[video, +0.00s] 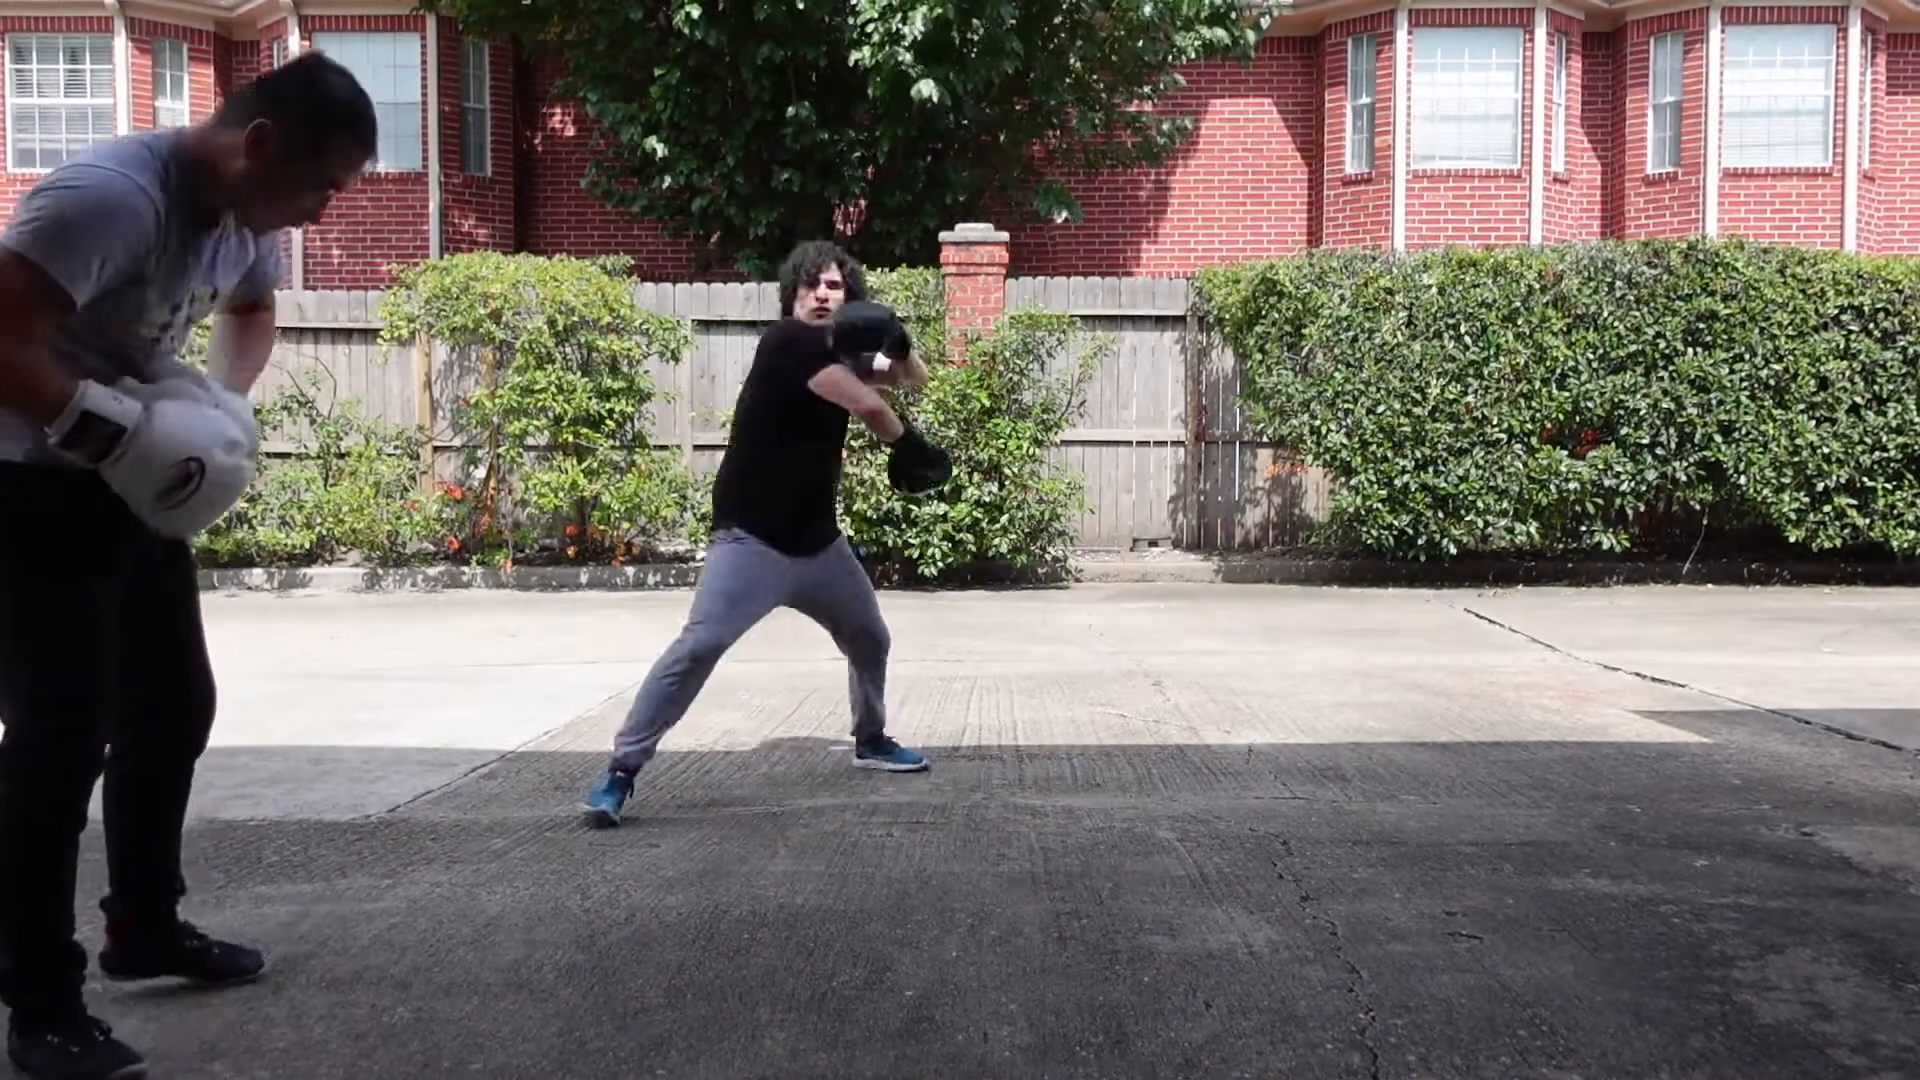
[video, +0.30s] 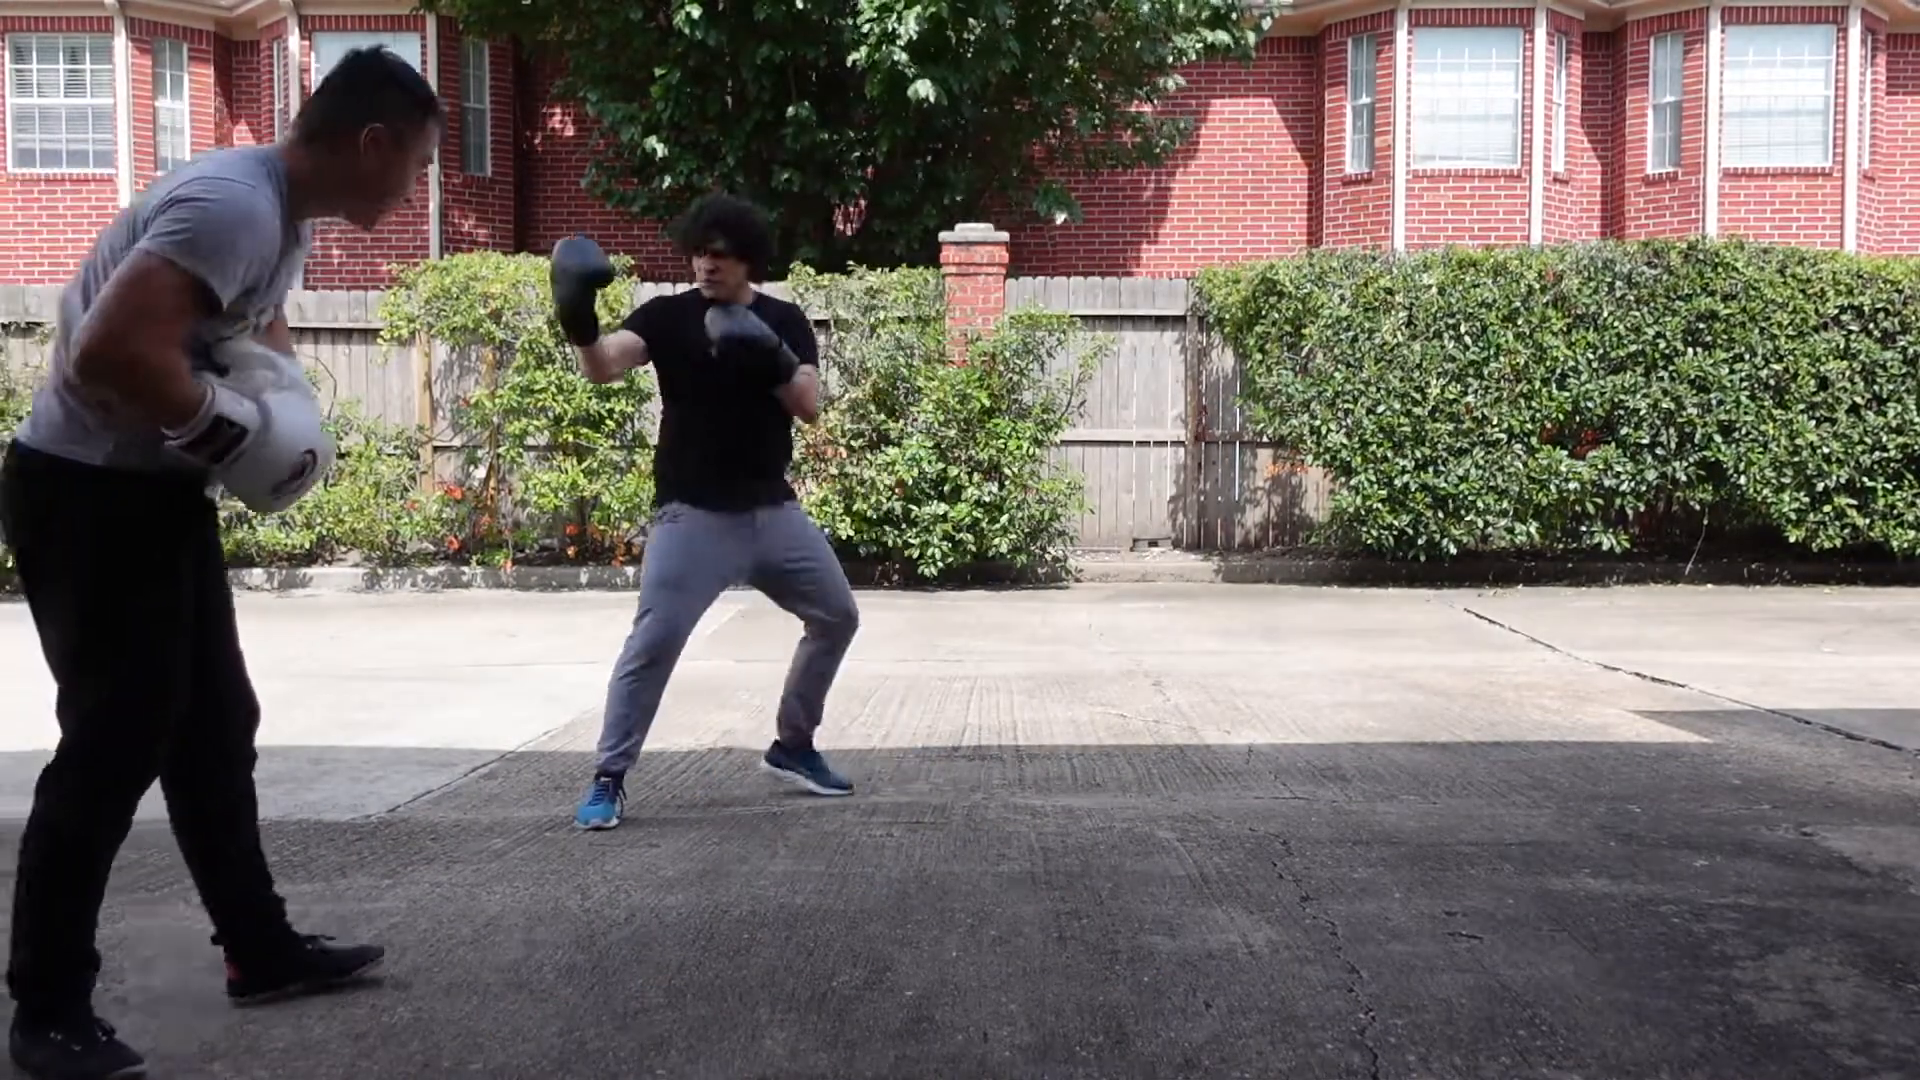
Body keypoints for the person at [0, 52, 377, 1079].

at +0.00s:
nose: (320, 212)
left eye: (332, 194)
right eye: (319, 188)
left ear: (268, 149)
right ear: (259, 142)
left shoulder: (243, 211)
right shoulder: (110, 196)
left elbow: (252, 309)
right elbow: (8, 339)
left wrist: (224, 400)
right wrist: (107, 429)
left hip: (127, 477)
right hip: (28, 476)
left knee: (170, 704)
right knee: (54, 735)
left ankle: (143, 926)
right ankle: (39, 1008)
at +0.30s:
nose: (412, 188)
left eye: (421, 164)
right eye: (413, 161)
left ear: (351, 139)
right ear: (362, 142)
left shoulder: (277, 215)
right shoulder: (233, 207)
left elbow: (232, 339)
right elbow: (115, 353)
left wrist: (270, 412)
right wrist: (216, 429)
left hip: (157, 490)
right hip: (88, 489)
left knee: (214, 727)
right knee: (112, 739)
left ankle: (261, 949)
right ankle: (46, 1017)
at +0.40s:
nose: (427, 184)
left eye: (436, 162)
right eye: (431, 159)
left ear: (363, 127)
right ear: (390, 136)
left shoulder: (279, 196)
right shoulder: (275, 205)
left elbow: (240, 339)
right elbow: (200, 365)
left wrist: (303, 402)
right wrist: (294, 431)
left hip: (201, 489)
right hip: (138, 492)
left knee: (265, 719)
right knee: (168, 742)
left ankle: (266, 946)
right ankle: (52, 1000)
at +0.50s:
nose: (438, 193)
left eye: (447, 175)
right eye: (446, 169)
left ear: (382, 118)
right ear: (418, 133)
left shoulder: (281, 175)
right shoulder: (311, 197)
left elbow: (255, 350)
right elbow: (273, 360)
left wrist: (345, 411)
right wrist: (354, 430)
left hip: (223, 483)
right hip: (201, 488)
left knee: (293, 713)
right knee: (255, 723)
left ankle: (268, 944)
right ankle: (99, 962)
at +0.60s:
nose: (434, 212)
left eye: (450, 198)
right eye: (451, 191)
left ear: (410, 130)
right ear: (437, 145)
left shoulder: (299, 167)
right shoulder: (344, 187)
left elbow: (286, 343)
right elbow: (326, 349)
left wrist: (374, 414)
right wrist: (389, 426)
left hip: (213, 474)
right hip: (254, 481)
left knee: (296, 718)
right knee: (336, 718)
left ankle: (271, 945)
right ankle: (175, 958)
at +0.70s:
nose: (456, 219)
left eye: (470, 206)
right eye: (471, 199)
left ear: (426, 132)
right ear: (458, 152)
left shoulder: (303, 168)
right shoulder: (378, 181)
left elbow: (276, 339)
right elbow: (366, 342)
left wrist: (378, 409)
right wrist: (422, 422)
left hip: (218, 468)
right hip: (292, 480)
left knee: (290, 707)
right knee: (390, 710)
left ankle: (270, 942)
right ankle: (306, 978)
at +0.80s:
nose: (477, 224)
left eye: (490, 216)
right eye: (491, 208)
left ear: (439, 135)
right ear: (481, 161)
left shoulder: (317, 169)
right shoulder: (415, 187)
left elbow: (283, 330)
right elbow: (409, 351)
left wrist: (384, 396)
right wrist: (443, 417)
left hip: (229, 467)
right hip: (318, 475)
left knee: (296, 703)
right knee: (413, 720)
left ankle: (270, 947)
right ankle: (445, 981)